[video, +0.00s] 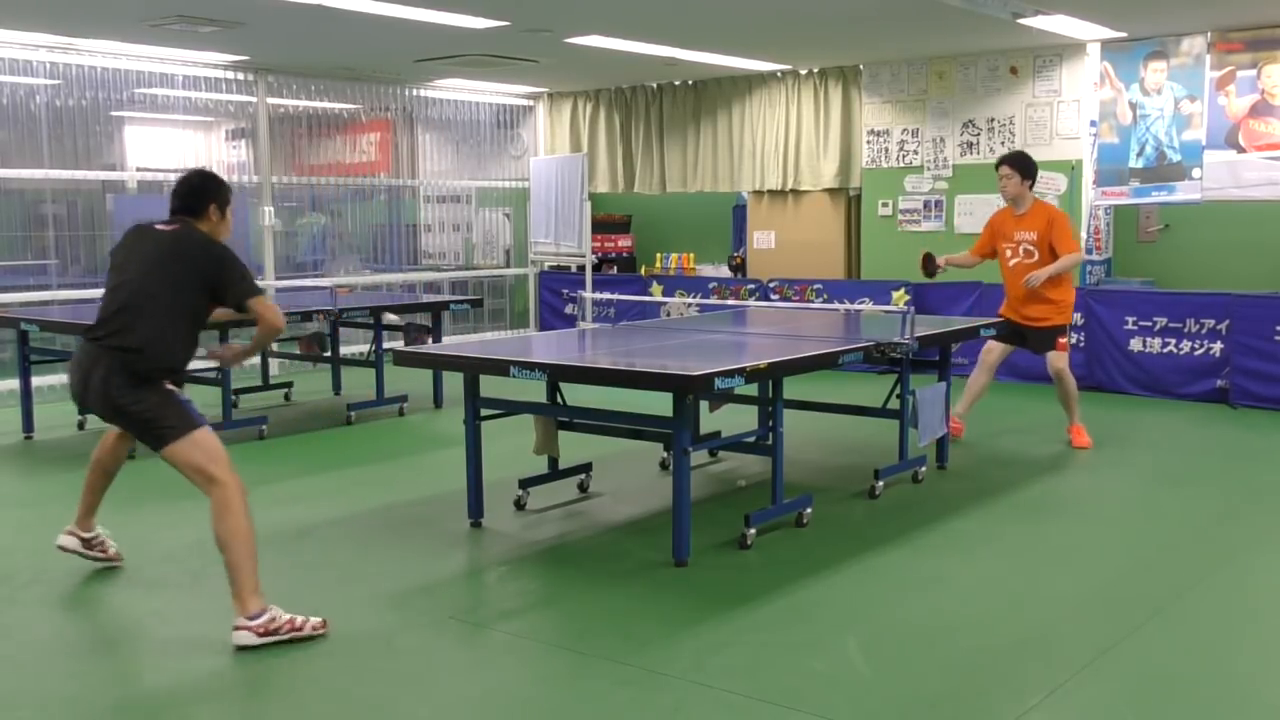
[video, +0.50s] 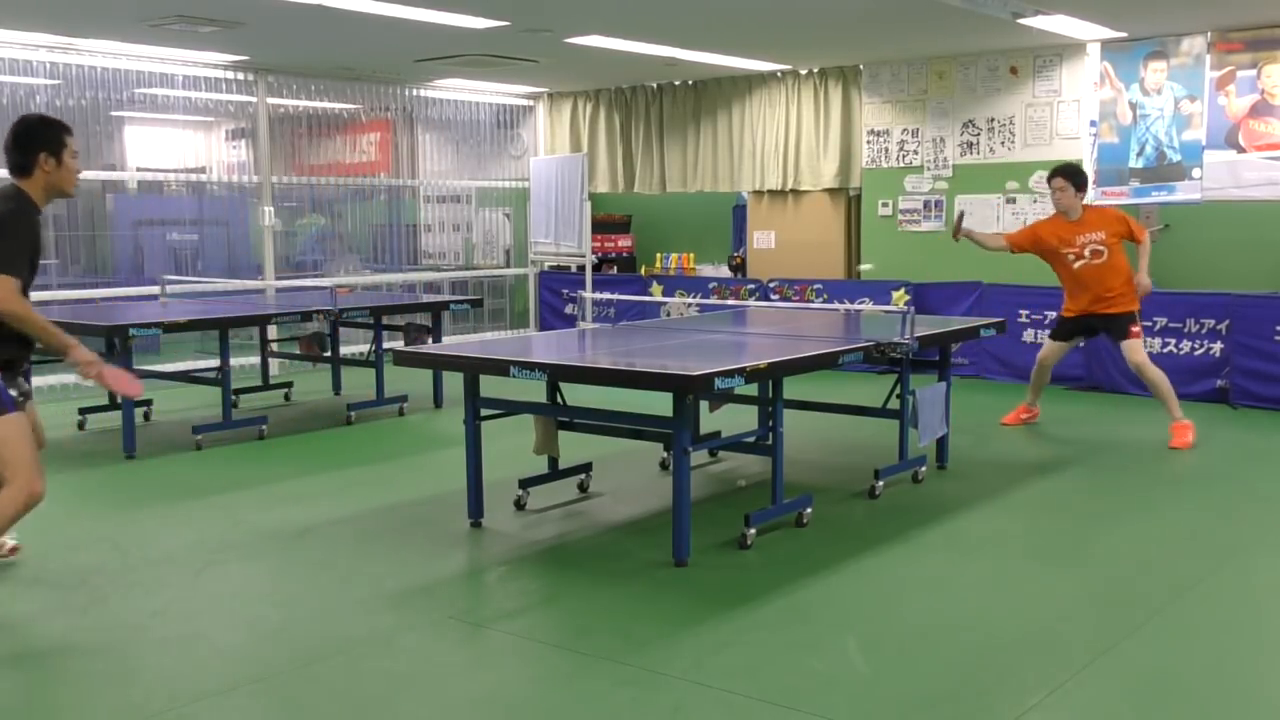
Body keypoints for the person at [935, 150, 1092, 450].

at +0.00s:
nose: (1001, 184)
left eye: (1008, 178)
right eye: (999, 179)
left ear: (1027, 181)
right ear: (999, 182)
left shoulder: (1052, 216)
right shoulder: (999, 220)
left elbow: (1076, 256)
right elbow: (975, 256)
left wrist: (1046, 271)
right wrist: (945, 261)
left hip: (1053, 312)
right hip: (1015, 311)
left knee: (1058, 368)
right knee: (988, 355)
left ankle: (1075, 424)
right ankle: (957, 417)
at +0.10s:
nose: (1009, 175)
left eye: (1016, 169)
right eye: (1007, 170)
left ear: (1034, 173)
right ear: (1006, 174)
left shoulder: (1058, 208)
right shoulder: (1005, 212)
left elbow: (1083, 248)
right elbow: (991, 251)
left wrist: (1055, 273)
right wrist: (969, 266)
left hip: (1065, 299)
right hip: (1025, 298)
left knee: (1073, 357)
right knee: (996, 347)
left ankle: (1085, 421)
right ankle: (994, 409)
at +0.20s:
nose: (1016, 182)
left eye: (1023, 177)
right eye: (1014, 177)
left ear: (1041, 180)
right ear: (1012, 180)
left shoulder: (1066, 213)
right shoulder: (1013, 217)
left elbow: (1091, 253)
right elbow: (1004, 257)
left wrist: (1063, 281)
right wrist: (985, 276)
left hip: (1070, 301)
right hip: (1031, 301)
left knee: (1083, 358)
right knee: (1010, 353)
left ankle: (1115, 417)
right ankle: (1018, 402)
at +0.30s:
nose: (1025, 197)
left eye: (1031, 190)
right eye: (1022, 191)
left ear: (1050, 192)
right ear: (1020, 194)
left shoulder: (1077, 225)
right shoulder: (1020, 231)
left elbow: (1100, 264)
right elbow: (1008, 270)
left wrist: (1076, 292)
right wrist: (1003, 285)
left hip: (1079, 309)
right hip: (1041, 309)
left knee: (1086, 365)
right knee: (1016, 360)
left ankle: (1121, 421)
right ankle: (1022, 410)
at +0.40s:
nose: (1037, 197)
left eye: (1043, 190)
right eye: (1034, 191)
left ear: (1062, 191)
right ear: (1032, 193)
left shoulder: (1091, 219)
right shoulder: (1029, 229)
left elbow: (1123, 248)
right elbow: (1010, 258)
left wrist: (1108, 278)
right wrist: (995, 263)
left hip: (1098, 304)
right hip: (1057, 308)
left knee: (1107, 353)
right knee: (1030, 358)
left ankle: (1135, 417)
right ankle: (1023, 409)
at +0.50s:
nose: (1054, 196)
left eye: (1060, 190)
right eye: (1052, 191)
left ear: (1079, 192)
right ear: (1051, 195)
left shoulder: (1109, 218)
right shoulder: (1044, 231)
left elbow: (1143, 236)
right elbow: (1002, 242)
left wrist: (1143, 272)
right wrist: (968, 233)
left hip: (1120, 307)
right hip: (1076, 311)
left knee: (1138, 361)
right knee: (1044, 359)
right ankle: (1030, 407)